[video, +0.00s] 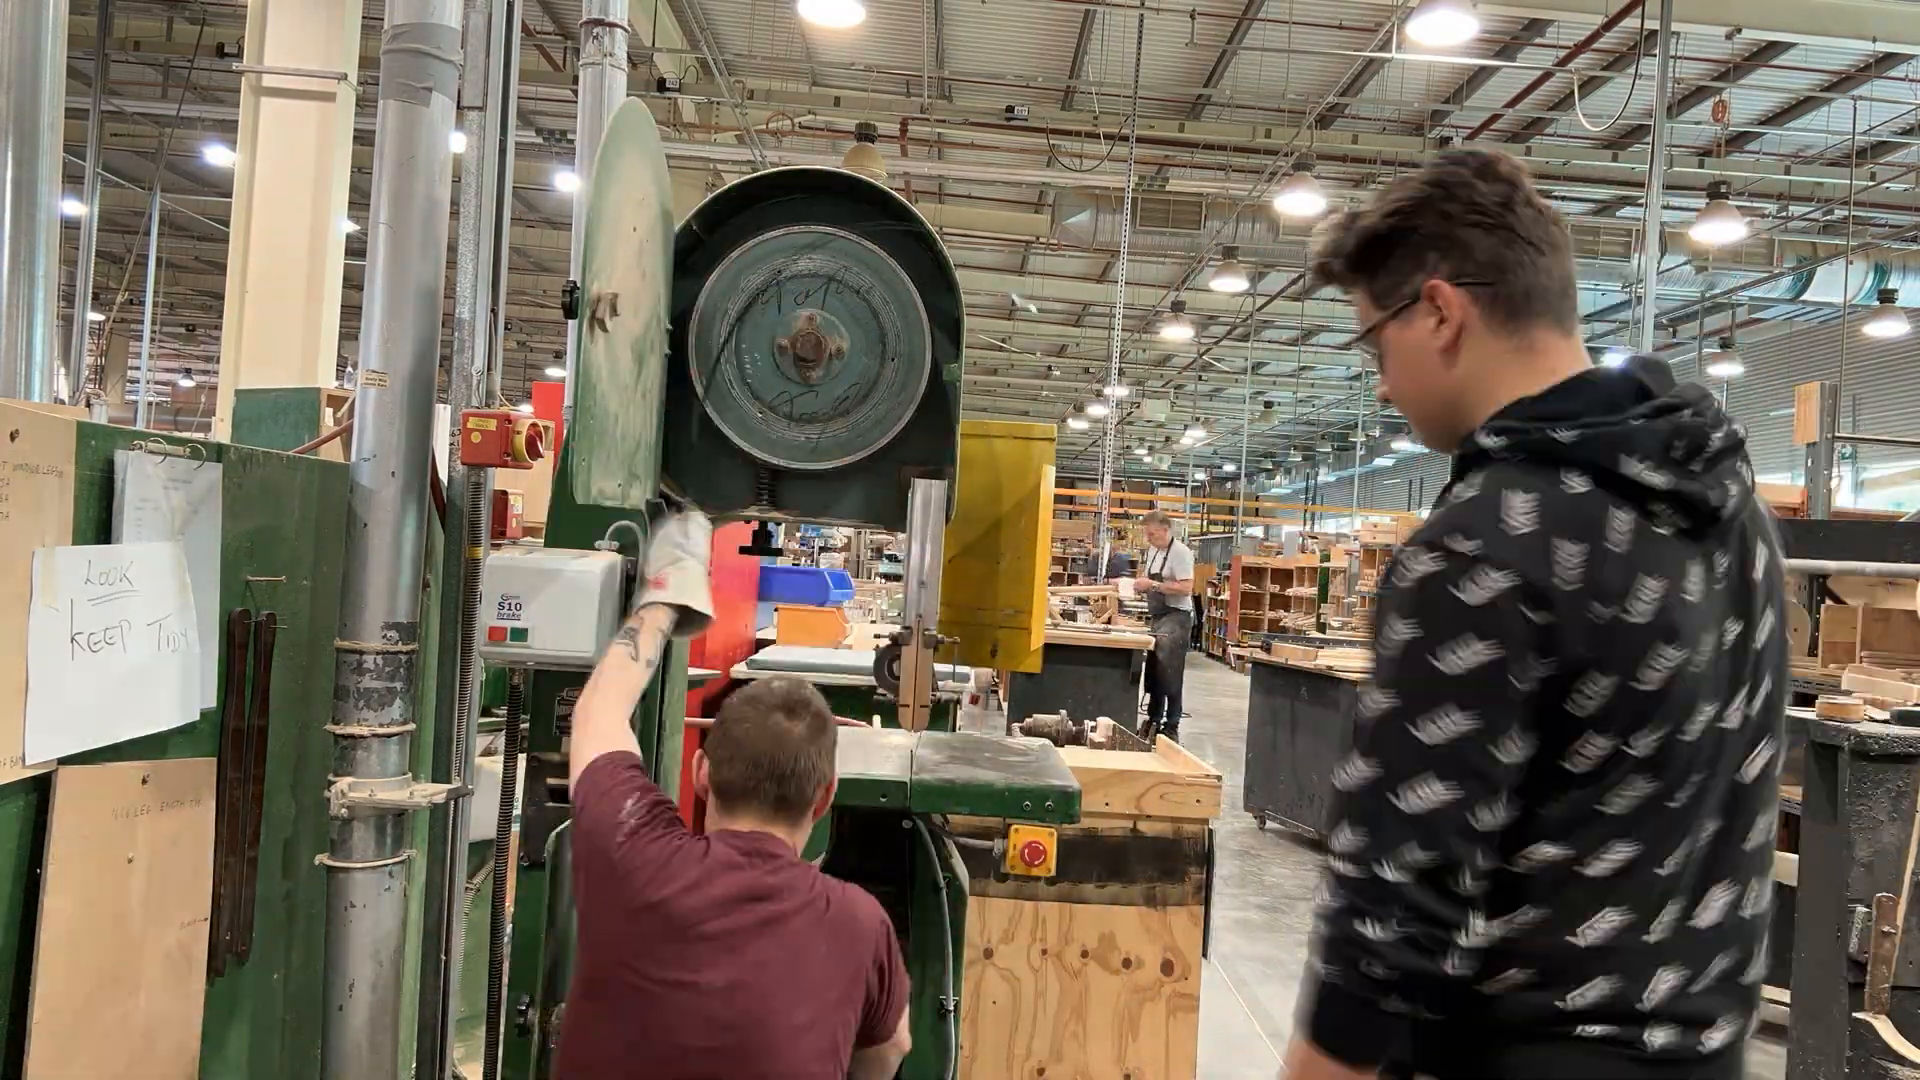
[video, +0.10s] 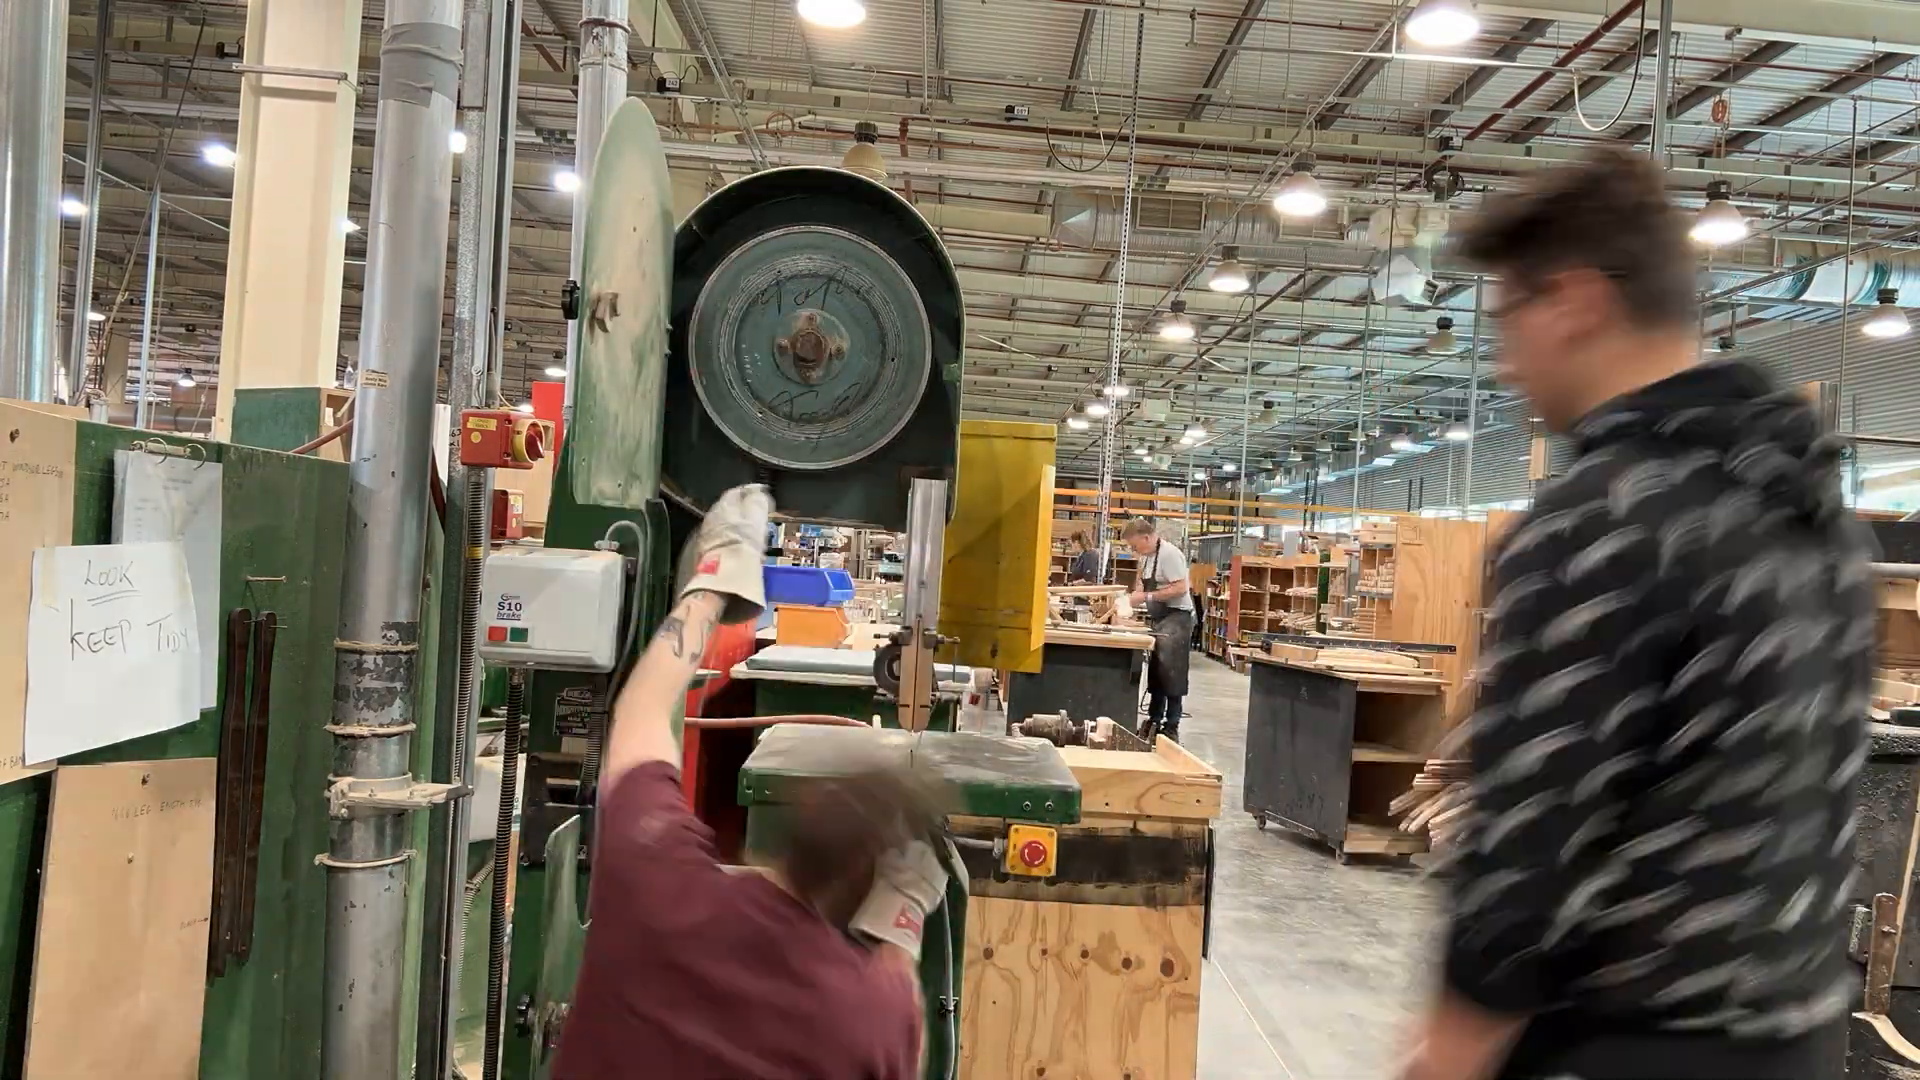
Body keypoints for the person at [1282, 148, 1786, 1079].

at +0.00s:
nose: (1380, 385)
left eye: (1377, 343)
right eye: (1371, 352)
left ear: (1443, 313)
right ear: (1551, 301)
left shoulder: (1484, 545)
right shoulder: (1718, 490)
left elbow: (1392, 904)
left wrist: (1331, 1052)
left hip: (1529, 1037)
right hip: (1704, 1028)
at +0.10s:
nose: (1500, 363)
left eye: (1504, 320)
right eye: (1495, 326)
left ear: (1578, 302)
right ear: (1669, 297)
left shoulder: (1593, 521)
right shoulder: (1810, 493)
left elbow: (1526, 853)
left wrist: (1447, 1050)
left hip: (1621, 1036)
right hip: (1799, 1026)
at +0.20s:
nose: (1555, 409)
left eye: (1555, 370)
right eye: (1546, 381)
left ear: (1636, 331)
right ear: (1637, 334)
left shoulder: (1737, 527)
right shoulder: (1812, 492)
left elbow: (1667, 892)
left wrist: (1543, 1071)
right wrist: (1549, 955)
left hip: (1727, 1043)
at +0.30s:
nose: (1242, 411)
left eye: (1233, 369)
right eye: (1228, 377)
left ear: (1295, 336)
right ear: (1404, 305)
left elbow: (1267, 877)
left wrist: (1226, 1050)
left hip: (1469, 1042)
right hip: (1713, 1031)